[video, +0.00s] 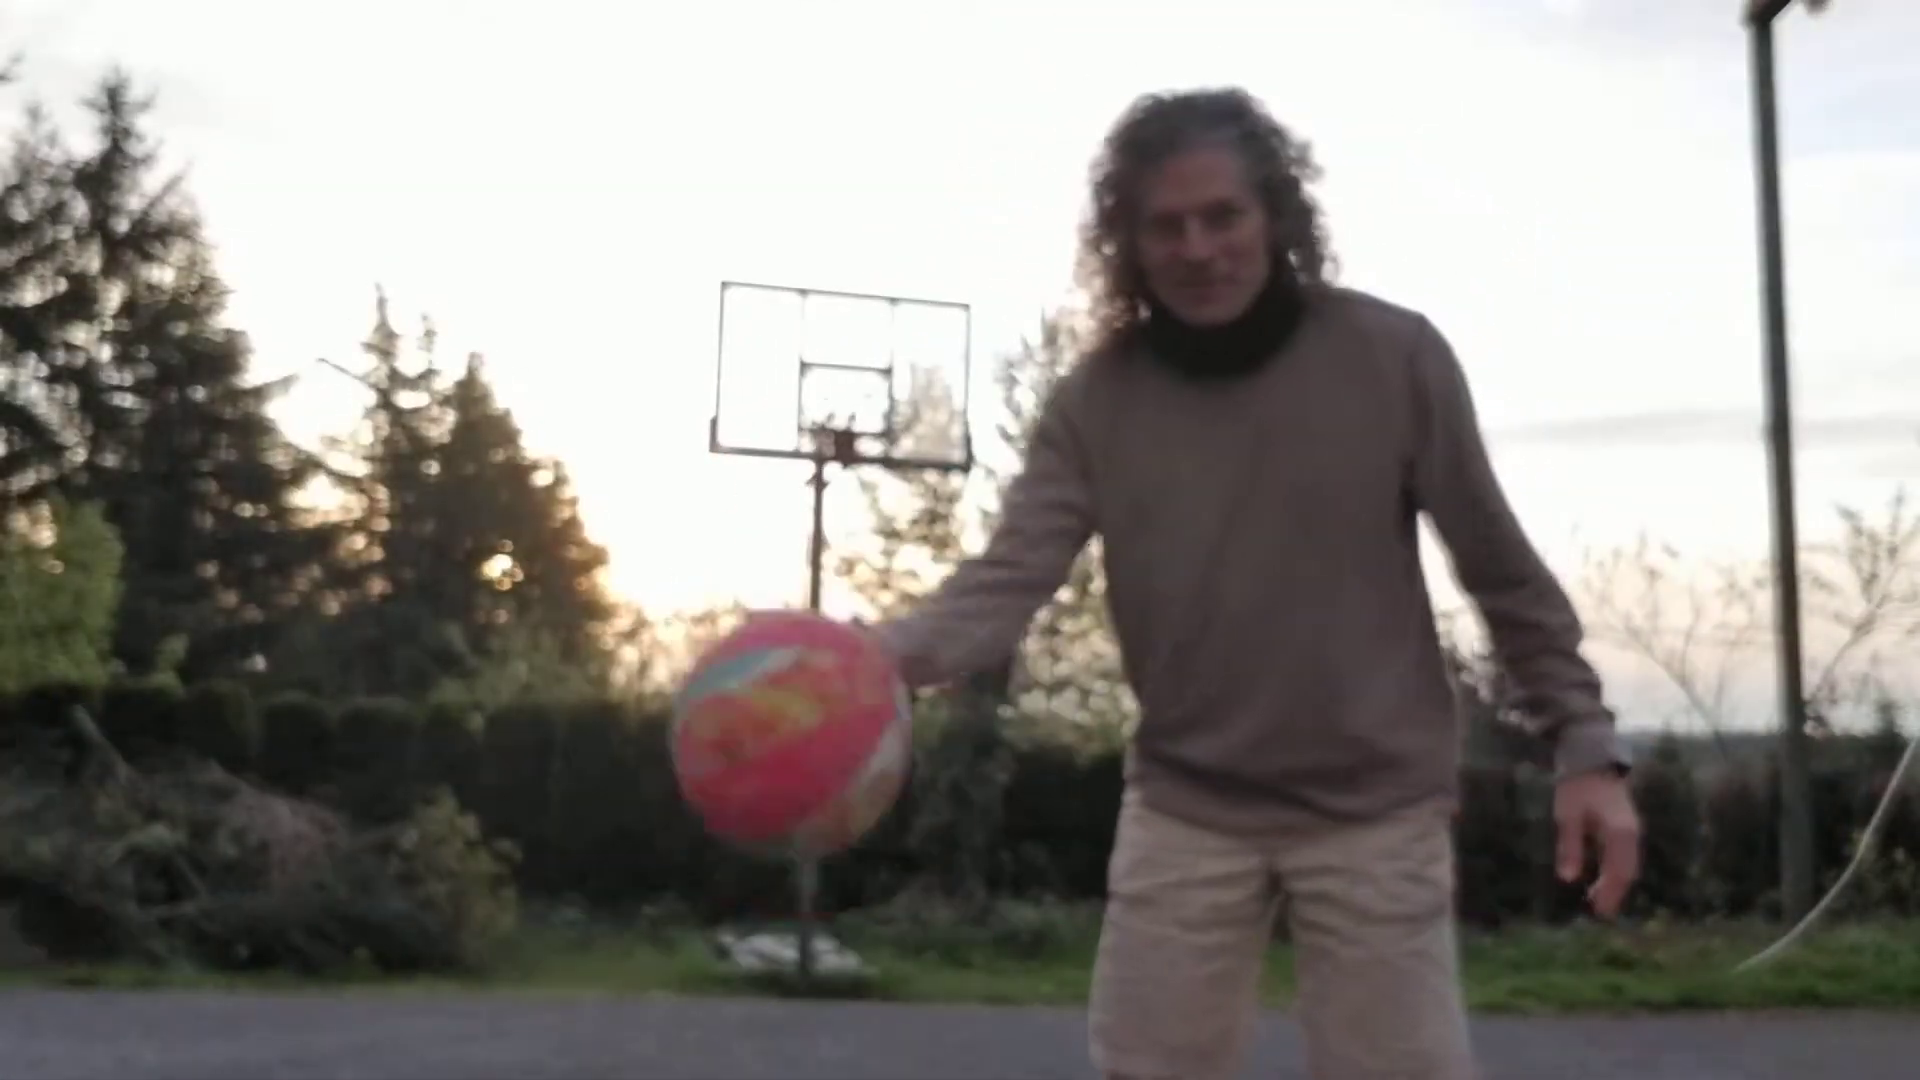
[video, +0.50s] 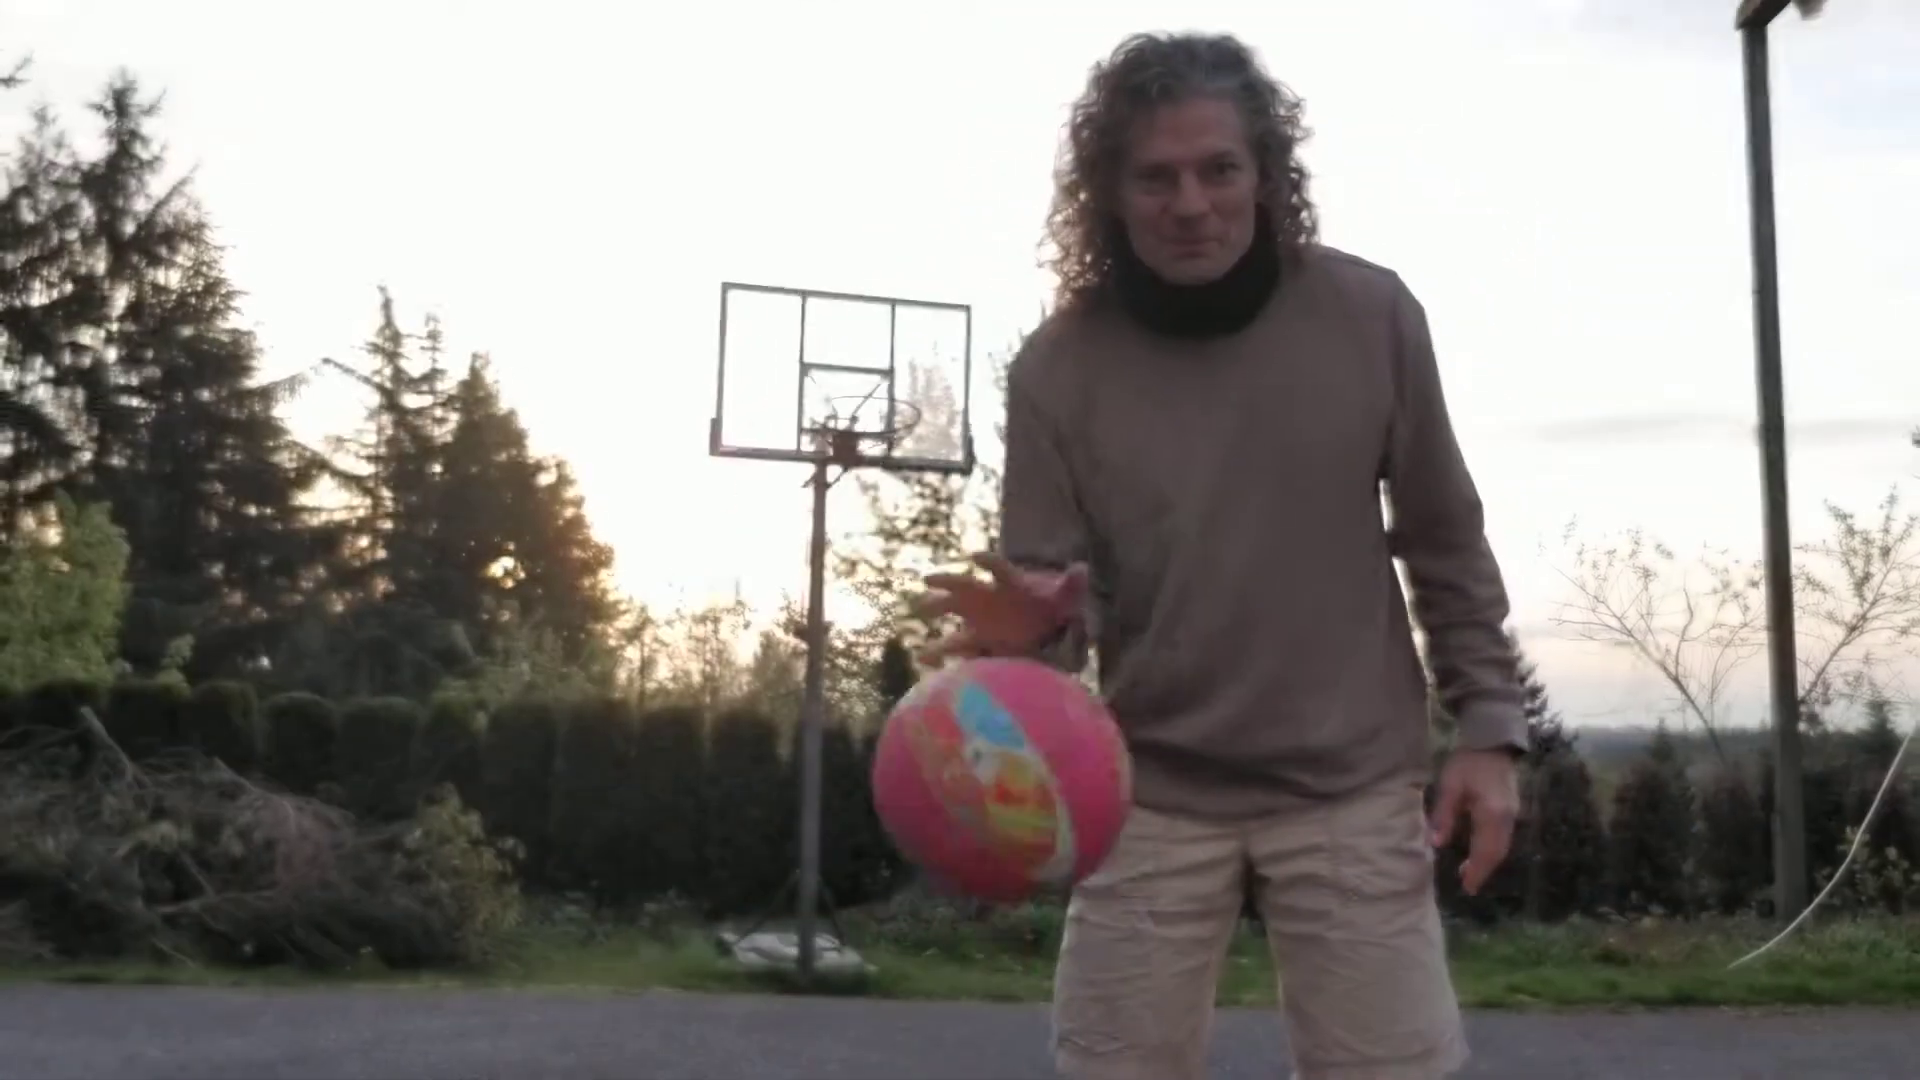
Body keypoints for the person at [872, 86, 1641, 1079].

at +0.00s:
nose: (1199, 251)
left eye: (1223, 217)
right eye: (1167, 227)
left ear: (1276, 218)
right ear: (1129, 240)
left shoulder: (1393, 360)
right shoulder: (1098, 403)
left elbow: (1503, 572)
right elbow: (1004, 583)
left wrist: (1585, 750)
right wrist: (877, 658)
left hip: (1376, 810)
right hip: (1183, 809)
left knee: (1402, 1067)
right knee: (1150, 1065)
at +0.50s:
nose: (1190, 207)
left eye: (1218, 171)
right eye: (1156, 178)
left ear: (1264, 175)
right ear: (1108, 192)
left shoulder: (1370, 316)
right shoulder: (1058, 368)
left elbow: (1444, 537)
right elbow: (1050, 598)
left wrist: (1485, 728)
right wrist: (1033, 623)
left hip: (1354, 791)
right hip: (1149, 798)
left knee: (1396, 1063)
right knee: (1115, 1063)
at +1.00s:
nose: (1194, 74)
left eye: (1228, 32)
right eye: (1150, 38)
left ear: (1280, 44)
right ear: (1092, 57)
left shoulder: (1370, 212)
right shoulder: (1033, 272)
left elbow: (1443, 472)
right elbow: (979, 545)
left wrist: (1529, 652)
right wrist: (1029, 713)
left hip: (1358, 763)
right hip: (1127, 770)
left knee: (1428, 1060)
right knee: (1087, 1060)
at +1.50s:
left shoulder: (1382, 85)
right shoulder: (971, 182)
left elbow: (1476, 377)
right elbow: (872, 484)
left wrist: (1597, 571)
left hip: (1395, 728)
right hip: (1117, 744)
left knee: (1486, 1060)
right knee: (1085, 1057)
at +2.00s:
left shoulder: (1381, 34)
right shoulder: (936, 147)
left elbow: (1473, 355)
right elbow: (905, 582)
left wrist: (1599, 582)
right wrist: (864, 499)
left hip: (1425, 737)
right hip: (1124, 762)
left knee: (1527, 1060)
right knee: (1085, 1059)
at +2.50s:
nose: (1126, 5)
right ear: (1014, 3)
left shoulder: (1330, 121)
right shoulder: (963, 256)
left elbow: (1419, 393)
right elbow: (885, 616)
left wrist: (1532, 581)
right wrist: (920, 900)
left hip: (1349, 750)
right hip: (1088, 767)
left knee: (1435, 1060)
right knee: (1069, 1056)